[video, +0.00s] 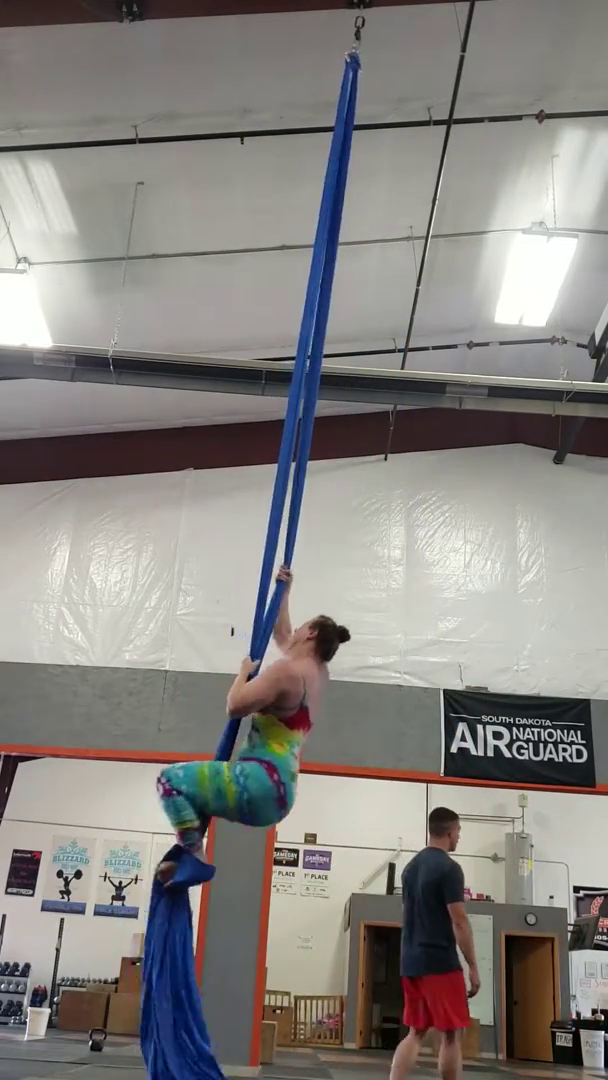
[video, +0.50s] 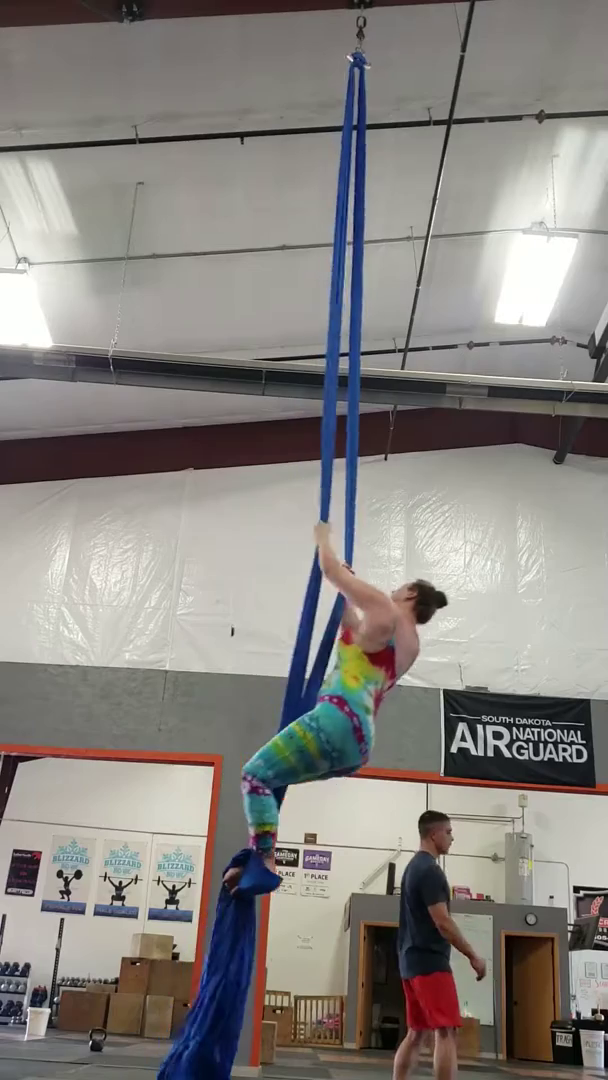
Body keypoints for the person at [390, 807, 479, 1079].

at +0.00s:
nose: (459, 837)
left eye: (459, 832)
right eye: (458, 832)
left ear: (430, 832)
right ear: (452, 833)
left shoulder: (411, 866)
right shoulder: (448, 867)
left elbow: (409, 917)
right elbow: (459, 920)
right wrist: (472, 966)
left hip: (410, 962)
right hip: (441, 963)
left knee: (416, 1032)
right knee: (452, 1035)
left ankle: (395, 1076)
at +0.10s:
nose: (461, 838)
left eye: (461, 833)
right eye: (461, 833)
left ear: (434, 832)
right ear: (456, 834)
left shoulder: (414, 866)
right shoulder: (452, 868)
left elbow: (416, 918)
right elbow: (464, 920)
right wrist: (478, 967)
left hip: (414, 960)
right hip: (443, 961)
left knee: (421, 1030)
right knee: (454, 1033)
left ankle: (396, 1076)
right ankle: (451, 1077)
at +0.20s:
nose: (461, 838)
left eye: (461, 833)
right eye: (461, 833)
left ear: (434, 832)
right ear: (455, 833)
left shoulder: (416, 866)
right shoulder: (452, 867)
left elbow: (416, 916)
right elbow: (467, 920)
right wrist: (484, 965)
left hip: (416, 960)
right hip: (443, 960)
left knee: (424, 1030)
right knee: (455, 1032)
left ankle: (396, 1076)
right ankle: (450, 1077)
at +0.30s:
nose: (461, 836)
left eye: (460, 831)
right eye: (459, 831)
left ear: (434, 832)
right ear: (449, 833)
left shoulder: (416, 867)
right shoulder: (447, 868)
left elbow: (422, 916)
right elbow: (464, 921)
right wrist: (487, 961)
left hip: (416, 962)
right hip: (441, 963)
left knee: (422, 1033)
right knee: (452, 1035)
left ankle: (402, 1077)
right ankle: (449, 1078)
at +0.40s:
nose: (457, 837)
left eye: (457, 831)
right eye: (454, 831)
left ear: (434, 833)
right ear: (441, 833)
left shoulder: (415, 867)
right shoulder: (439, 869)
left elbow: (418, 919)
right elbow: (456, 921)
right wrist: (485, 957)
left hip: (414, 962)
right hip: (437, 963)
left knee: (420, 1034)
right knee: (452, 1034)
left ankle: (400, 1077)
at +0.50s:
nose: (452, 838)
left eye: (451, 832)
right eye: (448, 832)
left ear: (429, 835)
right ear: (434, 834)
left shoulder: (414, 867)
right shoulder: (429, 869)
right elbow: (442, 922)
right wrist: (472, 956)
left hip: (410, 964)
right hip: (429, 964)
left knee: (415, 1034)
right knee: (446, 1034)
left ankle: (398, 1077)